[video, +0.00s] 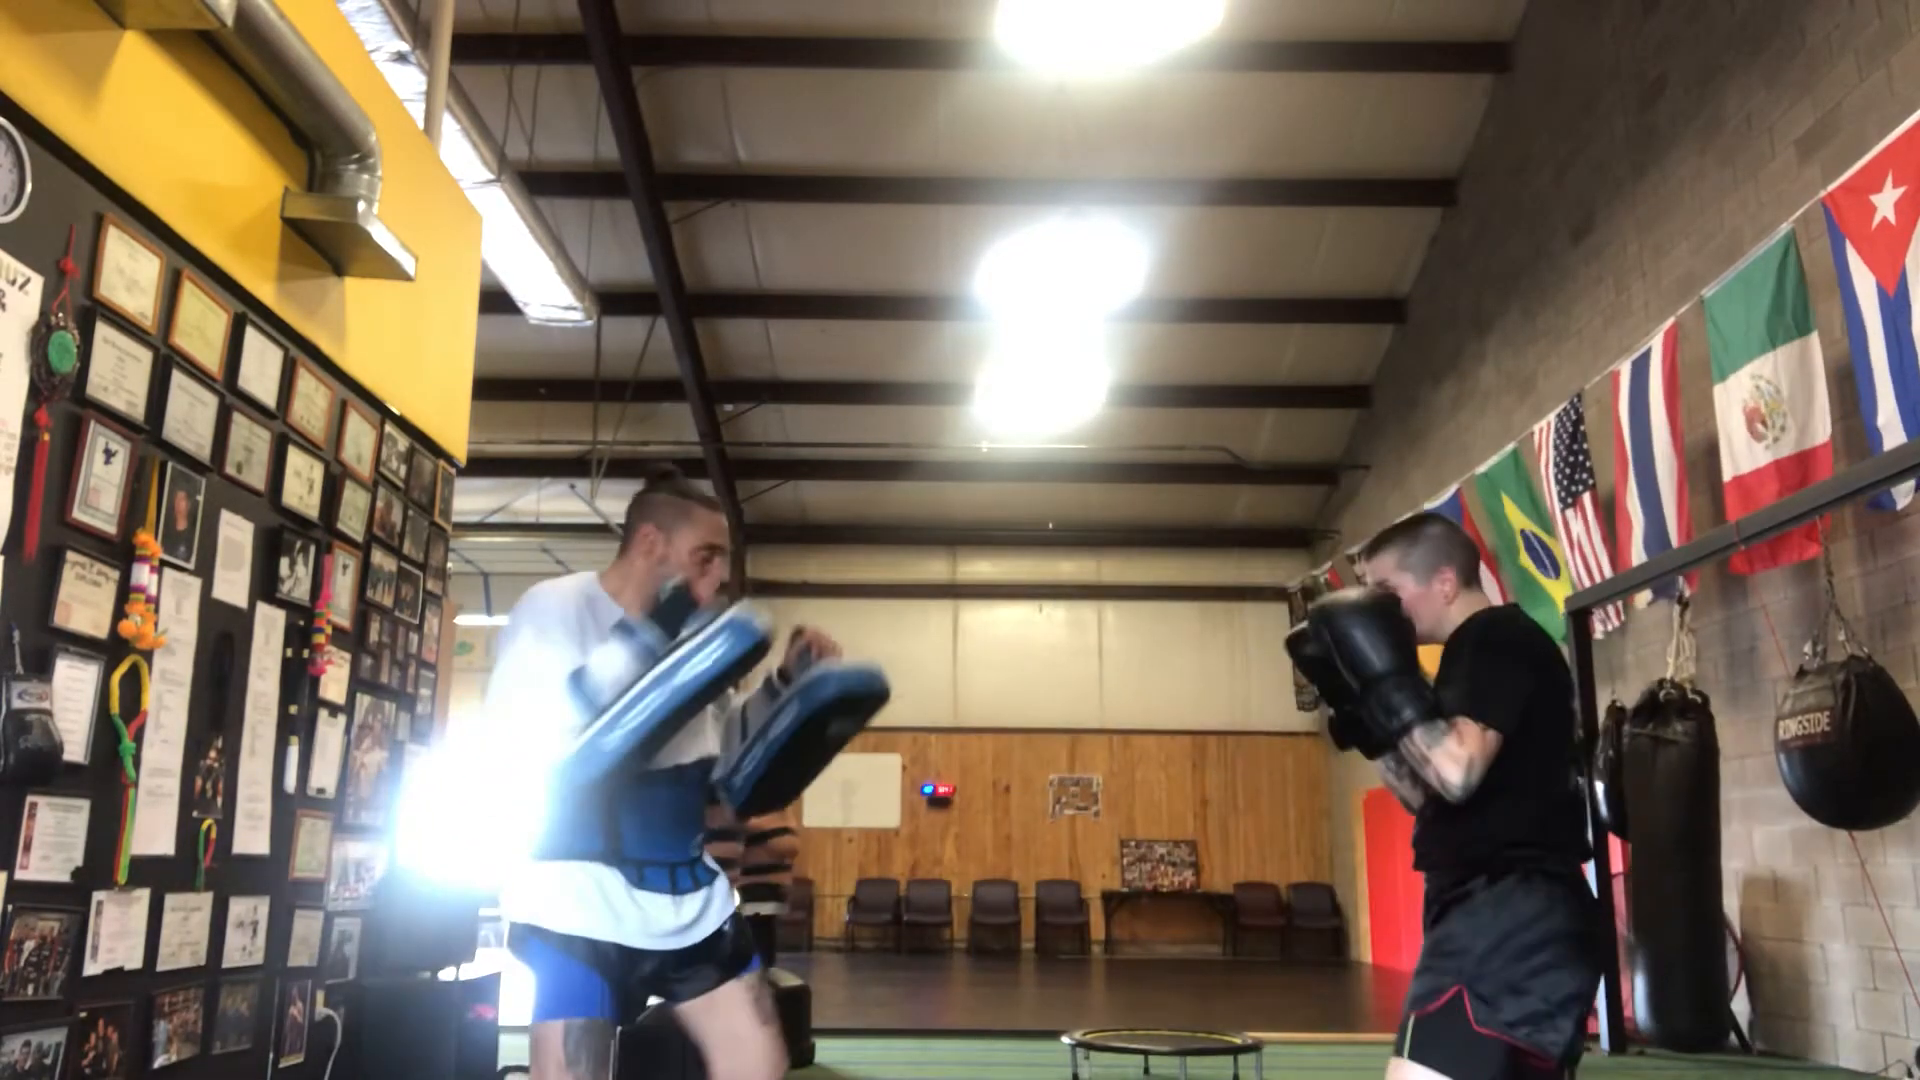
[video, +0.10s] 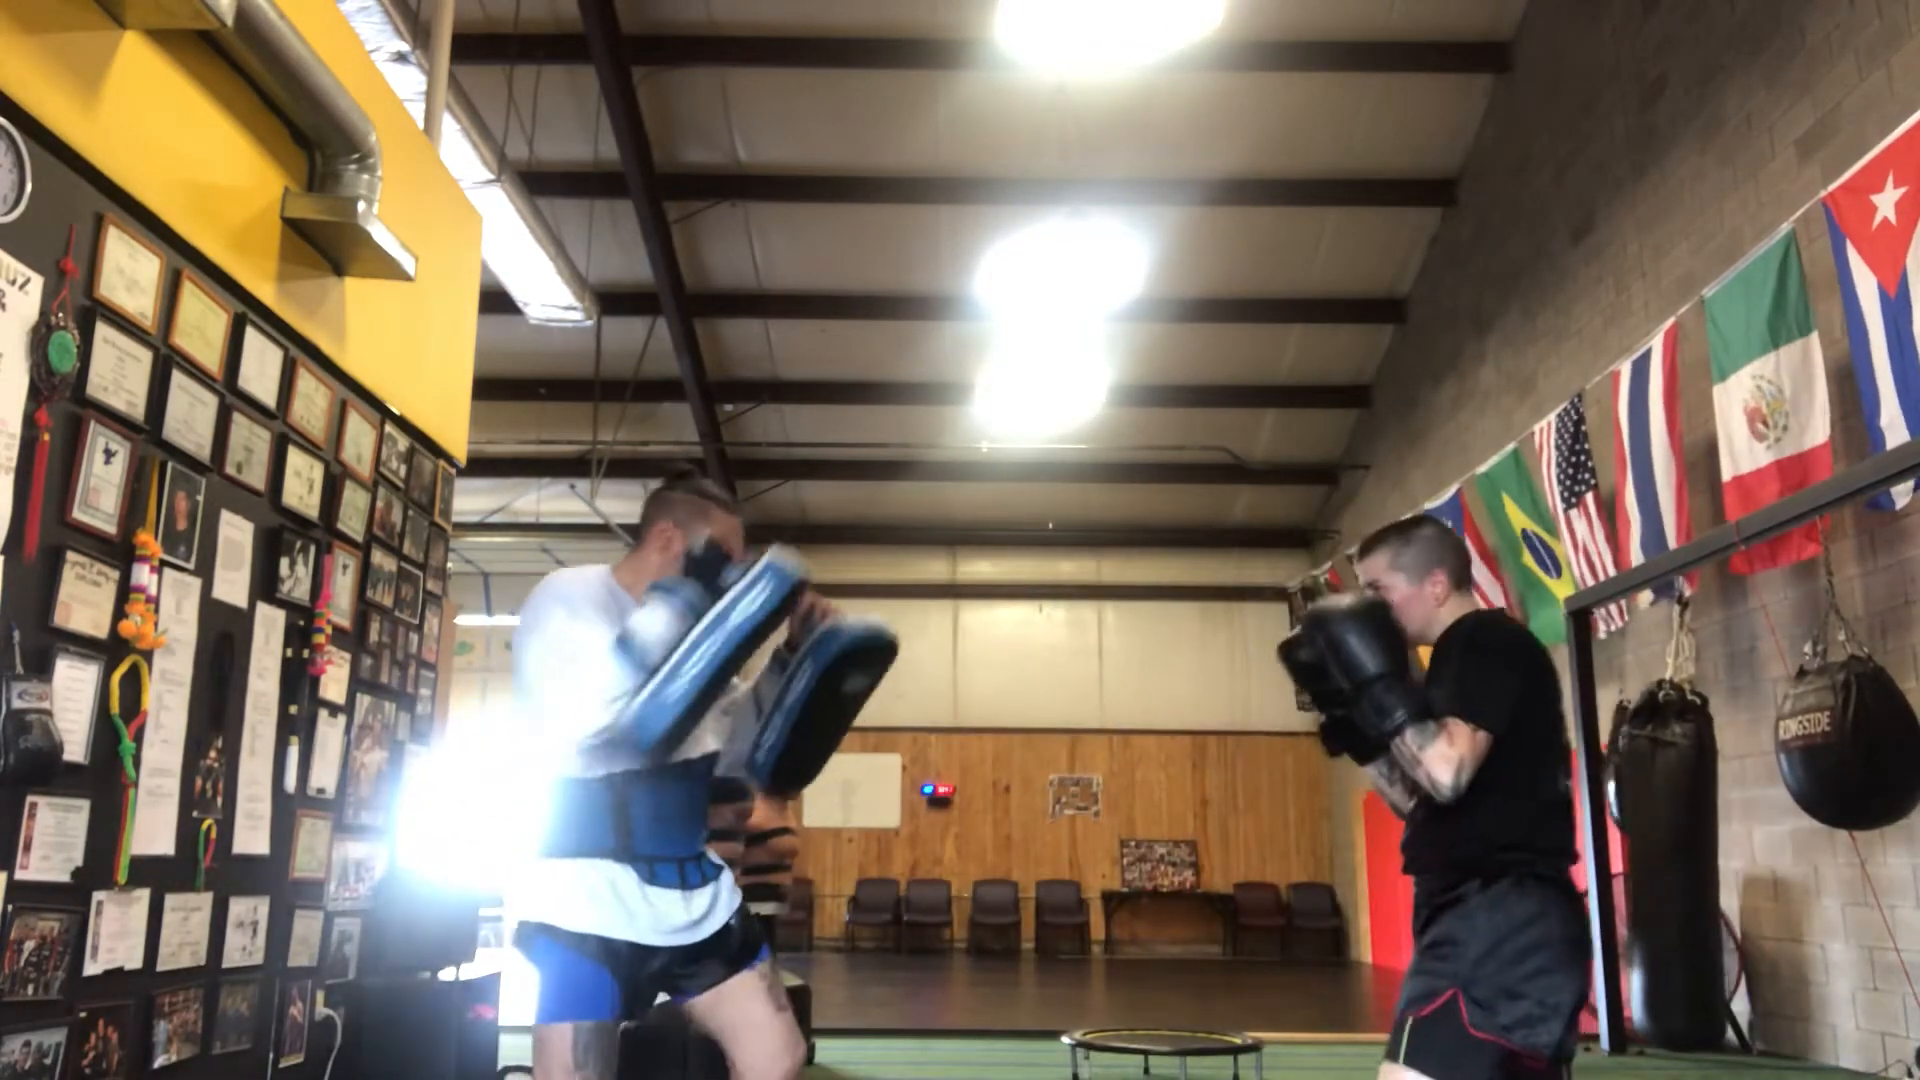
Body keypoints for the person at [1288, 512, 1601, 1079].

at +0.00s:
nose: (1381, 608)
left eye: (1390, 590)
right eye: (1377, 594)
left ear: (1445, 582)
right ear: (1447, 584)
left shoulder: (1497, 636)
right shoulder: (1467, 656)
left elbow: (1457, 769)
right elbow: (1422, 794)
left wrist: (1383, 668)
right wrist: (1358, 705)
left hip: (1511, 915)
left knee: (1419, 1068)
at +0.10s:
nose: (1371, 606)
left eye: (1380, 589)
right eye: (1367, 593)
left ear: (1436, 584)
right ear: (1436, 586)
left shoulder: (1487, 639)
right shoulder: (1450, 661)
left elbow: (1448, 769)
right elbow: (1414, 799)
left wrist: (1374, 670)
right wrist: (1345, 711)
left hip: (1502, 920)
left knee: (1411, 1069)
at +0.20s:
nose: (1351, 614)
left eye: (1363, 594)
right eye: (1349, 598)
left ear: (1419, 590)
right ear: (1420, 592)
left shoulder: (1468, 649)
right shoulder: (1438, 665)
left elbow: (1435, 787)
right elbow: (1403, 801)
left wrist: (1355, 709)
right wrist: (1340, 730)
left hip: (1480, 940)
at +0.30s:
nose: (1332, 611)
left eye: (1342, 590)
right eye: (1329, 595)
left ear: (1398, 584)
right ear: (1401, 585)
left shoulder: (1437, 646)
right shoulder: (1458, 644)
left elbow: (1374, 772)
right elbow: (1371, 766)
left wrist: (1308, 688)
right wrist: (1314, 692)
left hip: (1452, 930)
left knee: (1393, 1066)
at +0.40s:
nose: (1325, 605)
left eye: (1331, 586)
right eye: (1322, 591)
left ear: (1380, 579)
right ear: (1389, 579)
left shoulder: (1410, 634)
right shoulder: (1453, 637)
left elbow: (1302, 726)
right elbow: (1339, 763)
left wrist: (1273, 651)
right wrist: (1281, 673)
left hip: (1438, 919)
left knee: (1392, 1066)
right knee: (1454, 1068)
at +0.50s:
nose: (1320, 607)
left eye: (1325, 587)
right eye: (1317, 591)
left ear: (1367, 582)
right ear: (1377, 581)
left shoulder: (1399, 633)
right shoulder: (1441, 634)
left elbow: (1286, 721)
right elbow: (1311, 755)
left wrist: (1270, 622)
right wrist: (1281, 635)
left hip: (1434, 923)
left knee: (1391, 1065)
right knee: (1450, 1067)